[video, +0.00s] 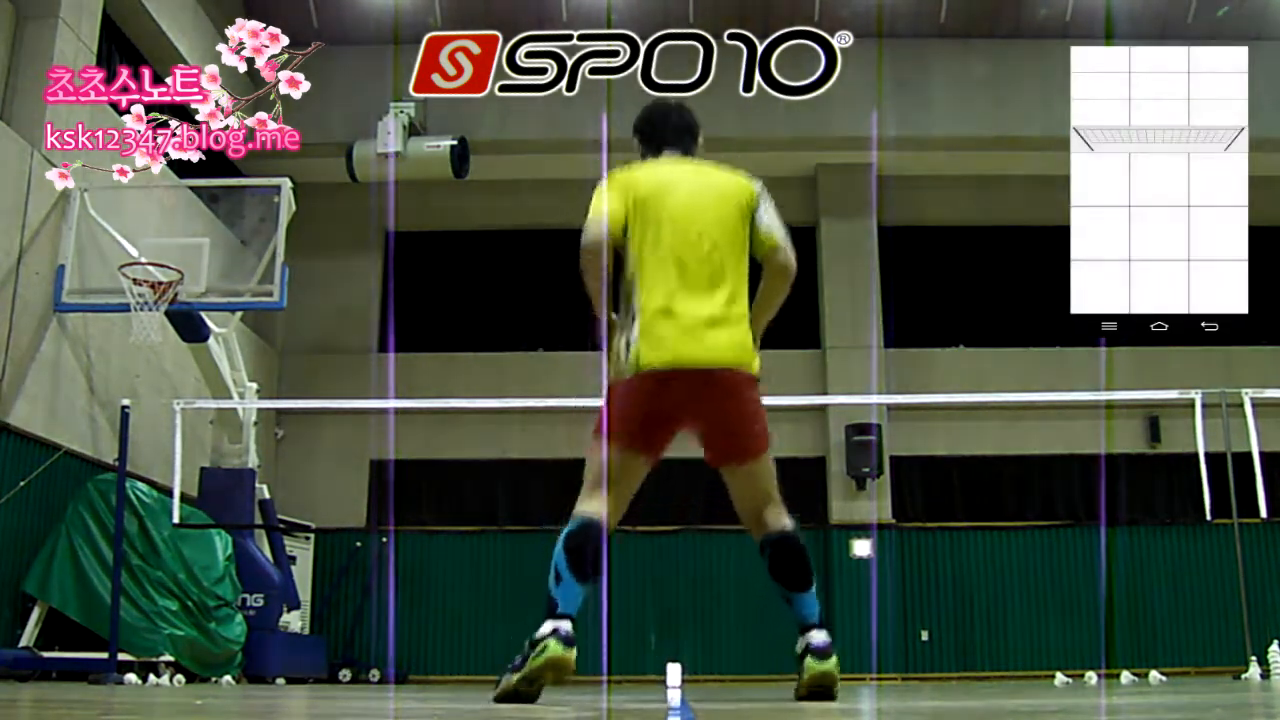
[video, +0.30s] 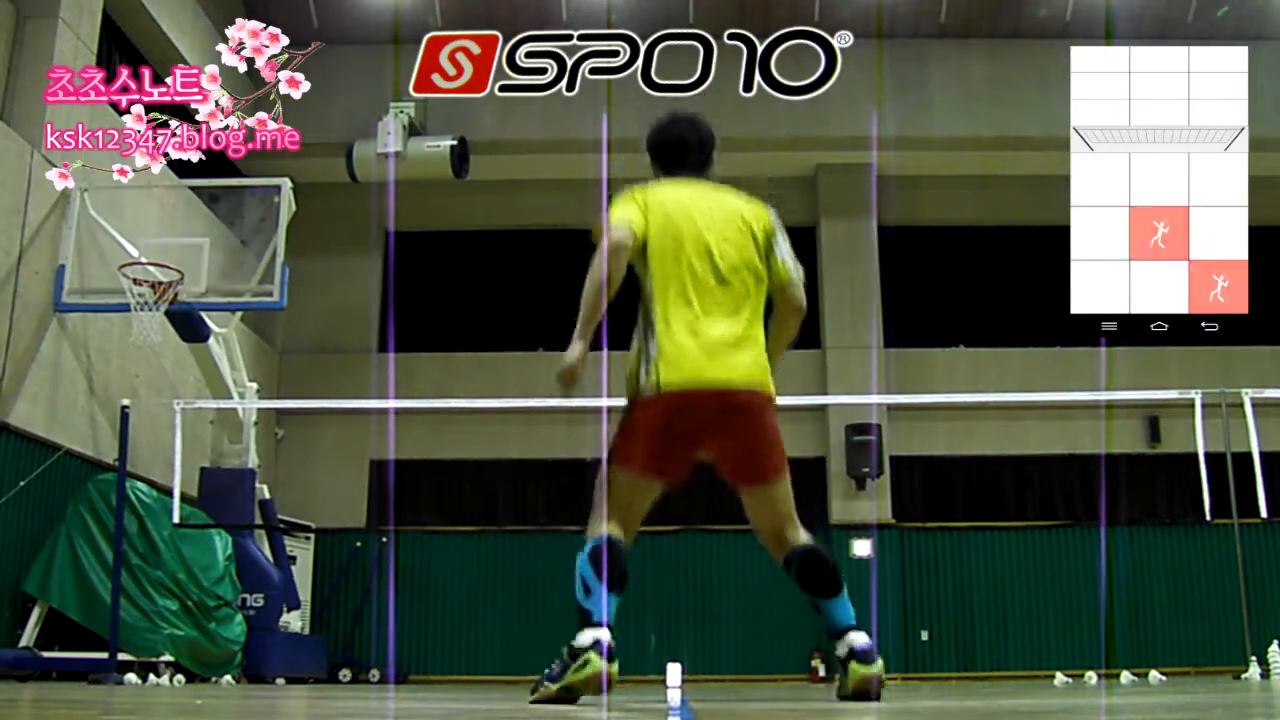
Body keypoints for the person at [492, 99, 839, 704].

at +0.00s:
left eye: (641, 144)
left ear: (641, 145)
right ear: (696, 143)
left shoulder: (622, 181)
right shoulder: (741, 185)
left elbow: (595, 243)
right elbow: (783, 262)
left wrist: (606, 318)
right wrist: (750, 331)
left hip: (648, 366)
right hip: (730, 365)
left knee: (598, 500)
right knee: (768, 511)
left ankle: (557, 629)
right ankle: (816, 641)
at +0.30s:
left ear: (654, 160)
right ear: (710, 159)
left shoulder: (639, 200)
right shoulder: (755, 212)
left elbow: (615, 247)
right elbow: (794, 299)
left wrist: (580, 342)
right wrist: (759, 364)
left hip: (670, 390)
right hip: (747, 391)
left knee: (614, 521)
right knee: (786, 530)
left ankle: (593, 640)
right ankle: (853, 642)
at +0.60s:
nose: (655, 125)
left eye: (653, 119)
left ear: (652, 127)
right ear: (705, 127)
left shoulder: (641, 157)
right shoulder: (753, 175)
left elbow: (613, 201)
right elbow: (791, 261)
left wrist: (567, 284)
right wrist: (764, 330)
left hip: (677, 333)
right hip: (755, 337)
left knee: (622, 474)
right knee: (787, 492)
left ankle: (582, 608)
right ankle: (845, 617)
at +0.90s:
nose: (639, 234)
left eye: (640, 226)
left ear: (645, 224)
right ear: (701, 225)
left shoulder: (638, 246)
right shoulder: (748, 266)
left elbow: (604, 281)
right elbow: (802, 350)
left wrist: (535, 348)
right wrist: (769, 408)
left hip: (682, 399)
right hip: (763, 401)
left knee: (609, 527)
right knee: (783, 527)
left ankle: (578, 638)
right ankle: (847, 644)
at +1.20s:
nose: (647, 206)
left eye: (649, 198)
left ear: (654, 195)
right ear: (710, 191)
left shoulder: (652, 211)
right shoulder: (763, 227)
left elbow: (631, 233)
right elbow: (809, 311)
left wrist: (576, 317)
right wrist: (794, 378)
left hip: (679, 371)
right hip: (765, 371)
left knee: (623, 502)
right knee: (813, 507)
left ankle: (581, 604)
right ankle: (861, 638)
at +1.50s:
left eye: (752, 190)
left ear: (750, 196)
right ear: (804, 183)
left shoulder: (734, 248)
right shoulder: (853, 215)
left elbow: (694, 337)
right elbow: (937, 213)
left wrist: (669, 397)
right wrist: (915, 186)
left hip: (745, 407)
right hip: (832, 407)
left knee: (669, 538)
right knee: (877, 530)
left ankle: (568, 642)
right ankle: (875, 652)